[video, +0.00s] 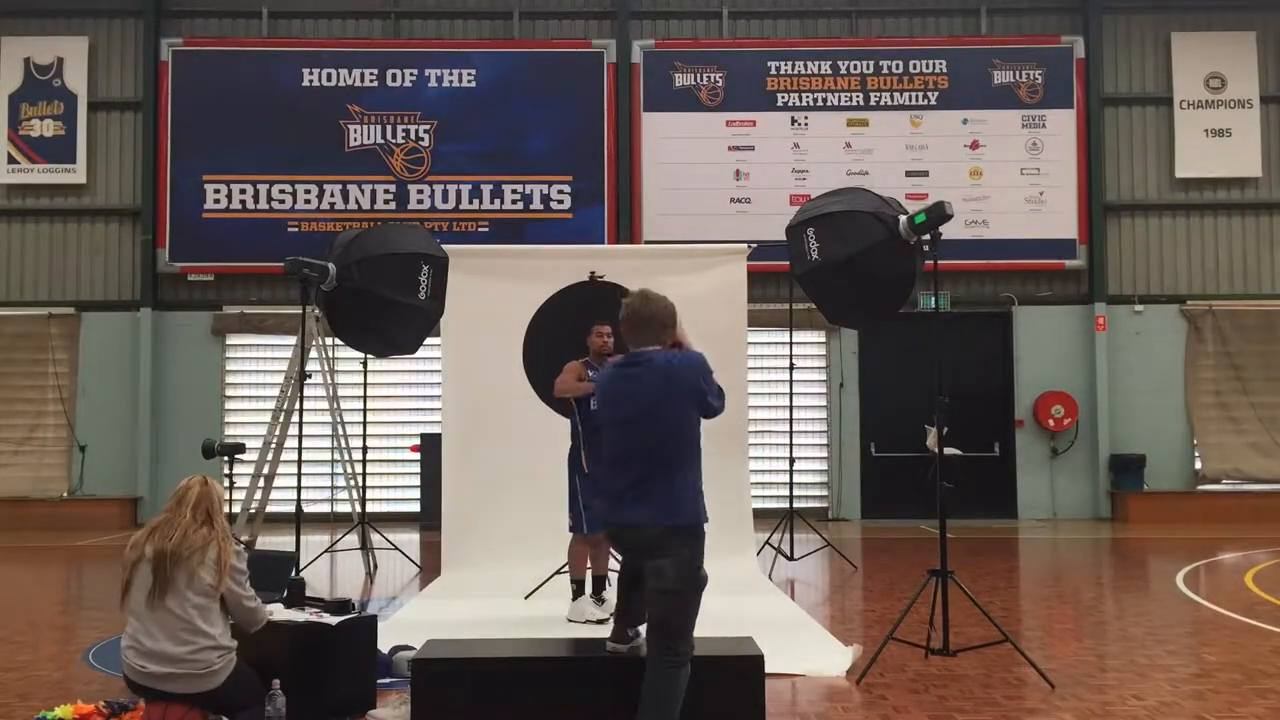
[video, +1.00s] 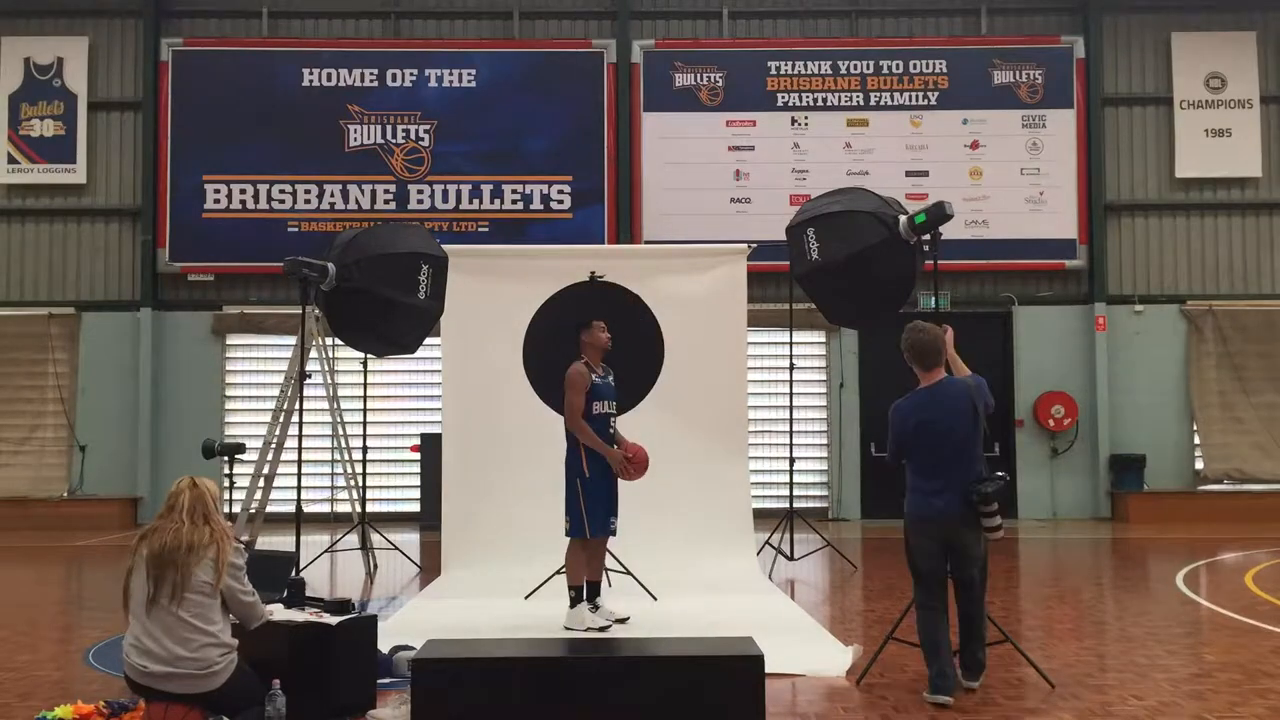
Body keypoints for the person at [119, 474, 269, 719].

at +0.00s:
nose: (224, 513)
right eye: (222, 507)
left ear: (175, 504)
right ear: (216, 510)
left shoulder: (142, 540)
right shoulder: (223, 548)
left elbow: (133, 603)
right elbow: (251, 618)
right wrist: (263, 612)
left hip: (139, 678)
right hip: (203, 681)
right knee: (254, 700)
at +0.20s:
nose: (223, 513)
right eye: (219, 507)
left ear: (171, 506)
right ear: (213, 510)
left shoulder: (141, 540)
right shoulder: (224, 547)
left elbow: (130, 608)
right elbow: (255, 617)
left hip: (140, 679)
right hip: (206, 682)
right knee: (254, 701)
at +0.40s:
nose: (223, 514)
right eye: (220, 508)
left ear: (171, 507)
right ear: (214, 510)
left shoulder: (142, 541)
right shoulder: (223, 547)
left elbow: (131, 603)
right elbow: (253, 617)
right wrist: (260, 613)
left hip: (140, 679)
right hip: (205, 681)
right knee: (254, 702)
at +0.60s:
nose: (224, 516)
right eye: (221, 510)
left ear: (174, 507)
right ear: (215, 511)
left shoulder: (143, 541)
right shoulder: (224, 546)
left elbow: (132, 604)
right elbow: (253, 618)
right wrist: (262, 612)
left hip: (140, 679)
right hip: (204, 682)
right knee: (255, 702)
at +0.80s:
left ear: (173, 509)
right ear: (218, 514)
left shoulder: (144, 543)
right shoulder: (226, 550)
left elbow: (130, 608)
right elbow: (253, 618)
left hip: (140, 679)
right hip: (205, 681)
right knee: (255, 703)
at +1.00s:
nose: (222, 513)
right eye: (219, 506)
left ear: (171, 505)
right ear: (212, 508)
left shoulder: (144, 542)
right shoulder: (222, 547)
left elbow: (134, 606)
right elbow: (252, 616)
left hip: (141, 678)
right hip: (205, 680)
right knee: (255, 703)